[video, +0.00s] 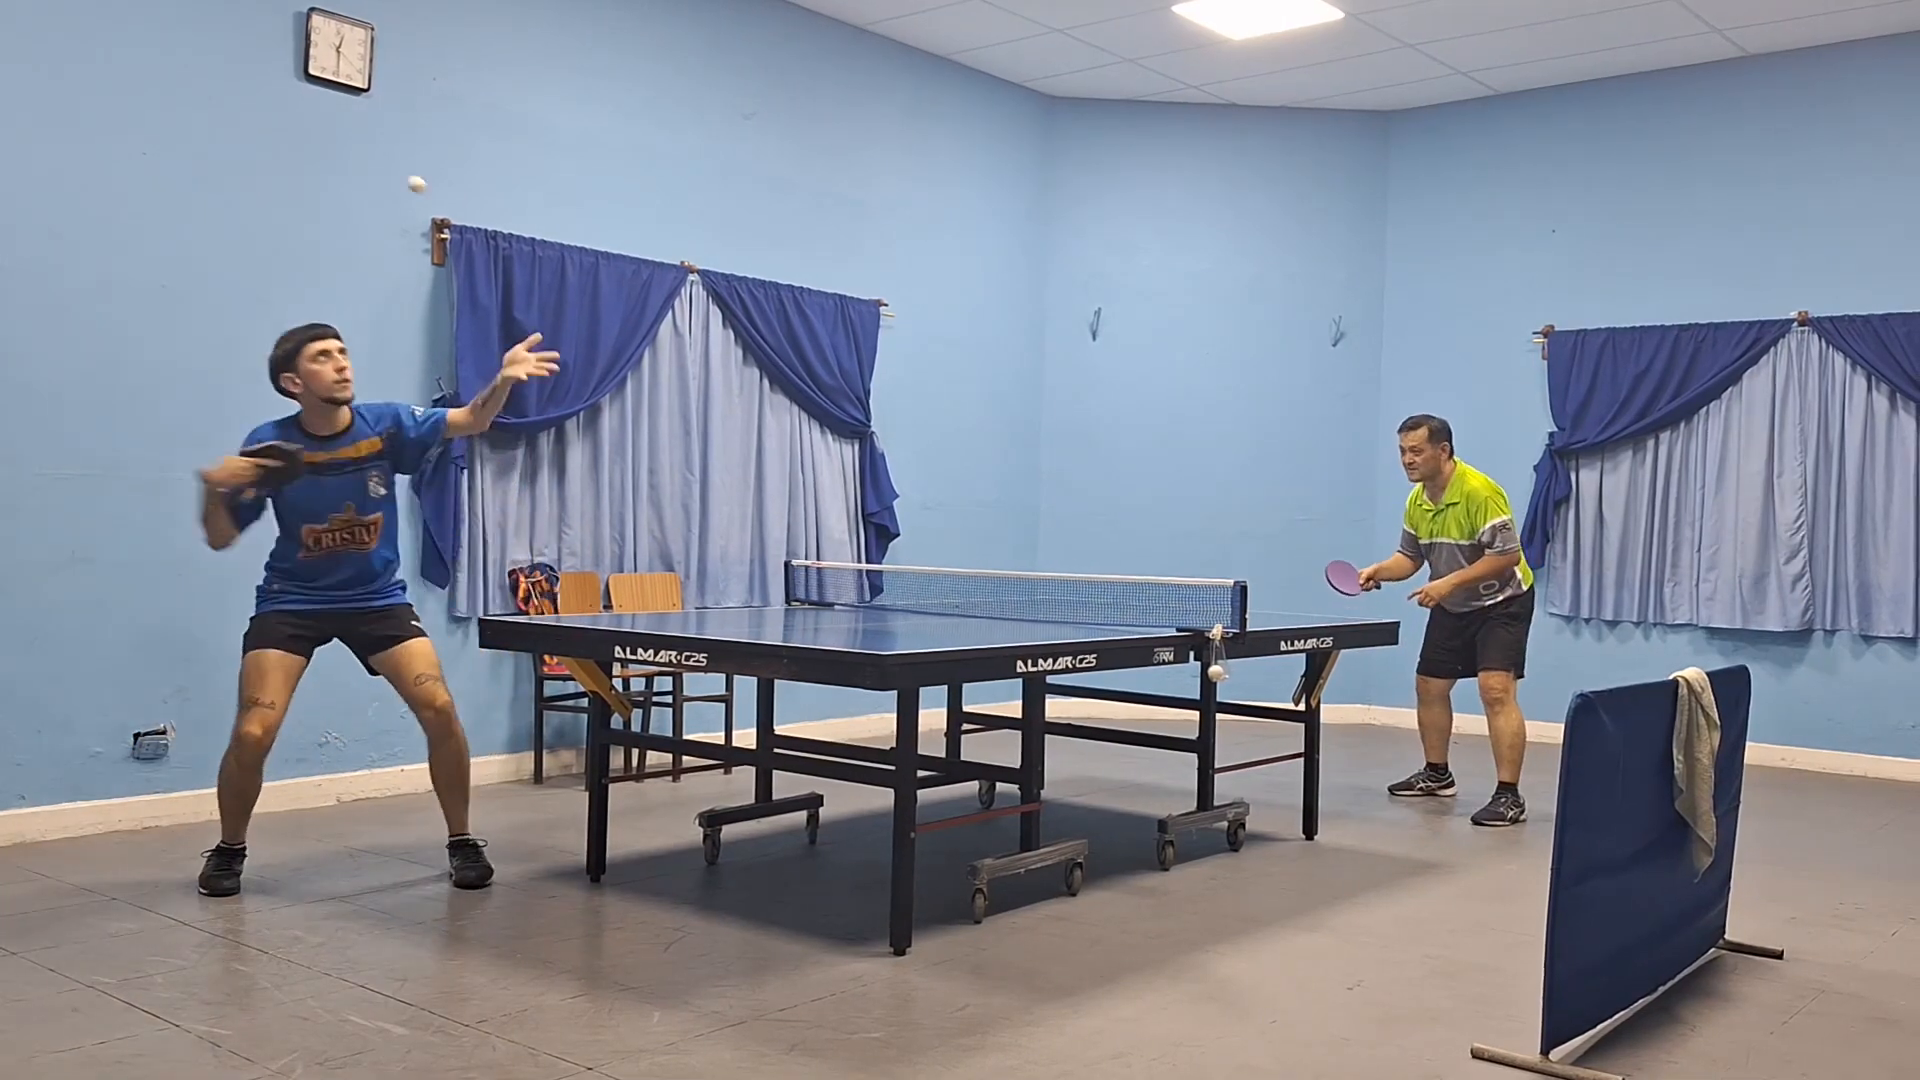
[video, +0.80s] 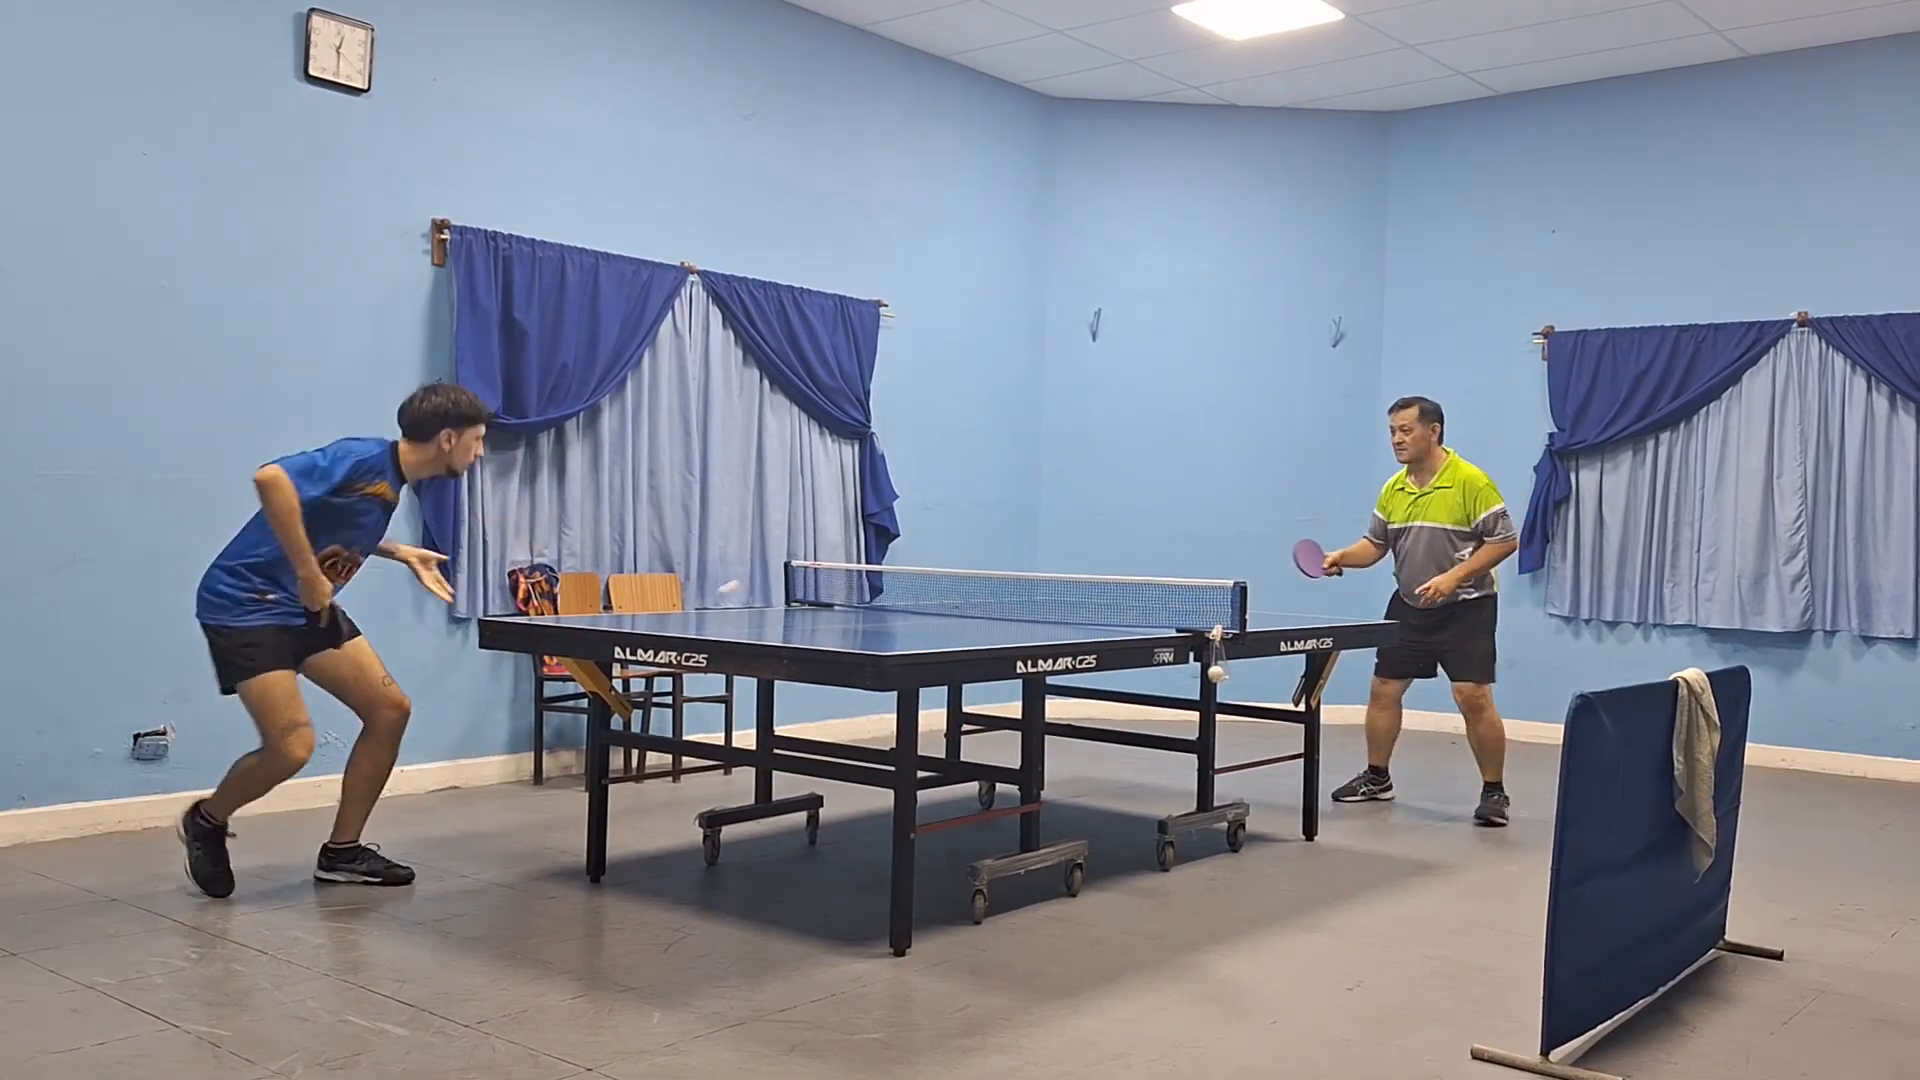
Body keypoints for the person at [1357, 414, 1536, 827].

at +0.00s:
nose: (1407, 459)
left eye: (1416, 451)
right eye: (1403, 451)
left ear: (1444, 451)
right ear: (1401, 453)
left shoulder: (1480, 492)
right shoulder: (1418, 499)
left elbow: (1506, 555)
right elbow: (1410, 558)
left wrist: (1447, 583)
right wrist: (1380, 571)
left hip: (1502, 602)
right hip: (1452, 606)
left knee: (1495, 689)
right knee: (1430, 685)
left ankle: (1508, 795)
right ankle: (1437, 773)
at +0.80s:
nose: (1397, 439)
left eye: (1405, 430)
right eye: (1393, 432)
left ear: (1433, 431)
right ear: (1392, 436)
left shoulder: (1470, 481)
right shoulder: (1394, 488)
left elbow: (1505, 539)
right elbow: (1375, 544)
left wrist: (1454, 577)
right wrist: (1343, 557)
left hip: (1466, 609)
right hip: (1409, 608)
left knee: (1472, 696)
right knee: (1384, 688)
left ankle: (1493, 792)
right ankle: (1376, 777)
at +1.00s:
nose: (1377, 442)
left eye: (1385, 433)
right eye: (1375, 435)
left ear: (1415, 434)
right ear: (1375, 440)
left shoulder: (1453, 484)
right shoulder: (1377, 493)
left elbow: (1493, 541)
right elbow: (1348, 548)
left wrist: (1446, 587)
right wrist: (1300, 558)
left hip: (1451, 613)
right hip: (1390, 611)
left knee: (1461, 703)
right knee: (1342, 685)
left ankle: (1491, 793)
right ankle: (1329, 772)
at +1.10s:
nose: (1351, 446)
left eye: (1358, 437)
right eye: (1348, 440)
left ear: (1386, 437)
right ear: (1353, 444)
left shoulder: (1428, 484)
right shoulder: (1354, 498)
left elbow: (1470, 539)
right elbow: (1324, 550)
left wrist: (1429, 590)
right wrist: (1267, 558)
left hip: (1433, 616)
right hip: (1373, 618)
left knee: (1453, 706)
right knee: (1331, 690)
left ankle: (1490, 794)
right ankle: (1289, 772)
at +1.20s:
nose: (1317, 455)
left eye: (1324, 446)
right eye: (1314, 448)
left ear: (1353, 444)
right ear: (1319, 452)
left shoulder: (1397, 488)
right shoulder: (1322, 506)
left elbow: (1441, 542)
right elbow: (1290, 557)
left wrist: (1410, 593)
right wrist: (1226, 561)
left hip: (1410, 621)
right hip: (1350, 626)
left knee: (1441, 706)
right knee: (1306, 696)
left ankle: (1488, 793)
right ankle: (1280, 782)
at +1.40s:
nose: (1255, 468)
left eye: (1261, 459)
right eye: (1253, 461)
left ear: (1290, 456)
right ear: (1275, 462)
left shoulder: (1344, 491)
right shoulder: (1267, 520)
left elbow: (1401, 532)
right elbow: (1229, 565)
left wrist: (1392, 592)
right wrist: (1169, 568)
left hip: (1374, 616)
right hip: (1314, 623)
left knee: (1422, 701)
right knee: (1277, 689)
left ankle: (1470, 787)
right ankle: (1276, 783)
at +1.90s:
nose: (1272, 462)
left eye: (1281, 454)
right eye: (1268, 456)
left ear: (1309, 458)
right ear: (1267, 464)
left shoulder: (1355, 498)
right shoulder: (1269, 524)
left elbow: (1404, 539)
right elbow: (1242, 575)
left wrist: (1390, 595)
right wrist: (1207, 581)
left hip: (1374, 617)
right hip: (1312, 625)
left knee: (1426, 700)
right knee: (1277, 689)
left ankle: (1474, 773)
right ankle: (1273, 783)